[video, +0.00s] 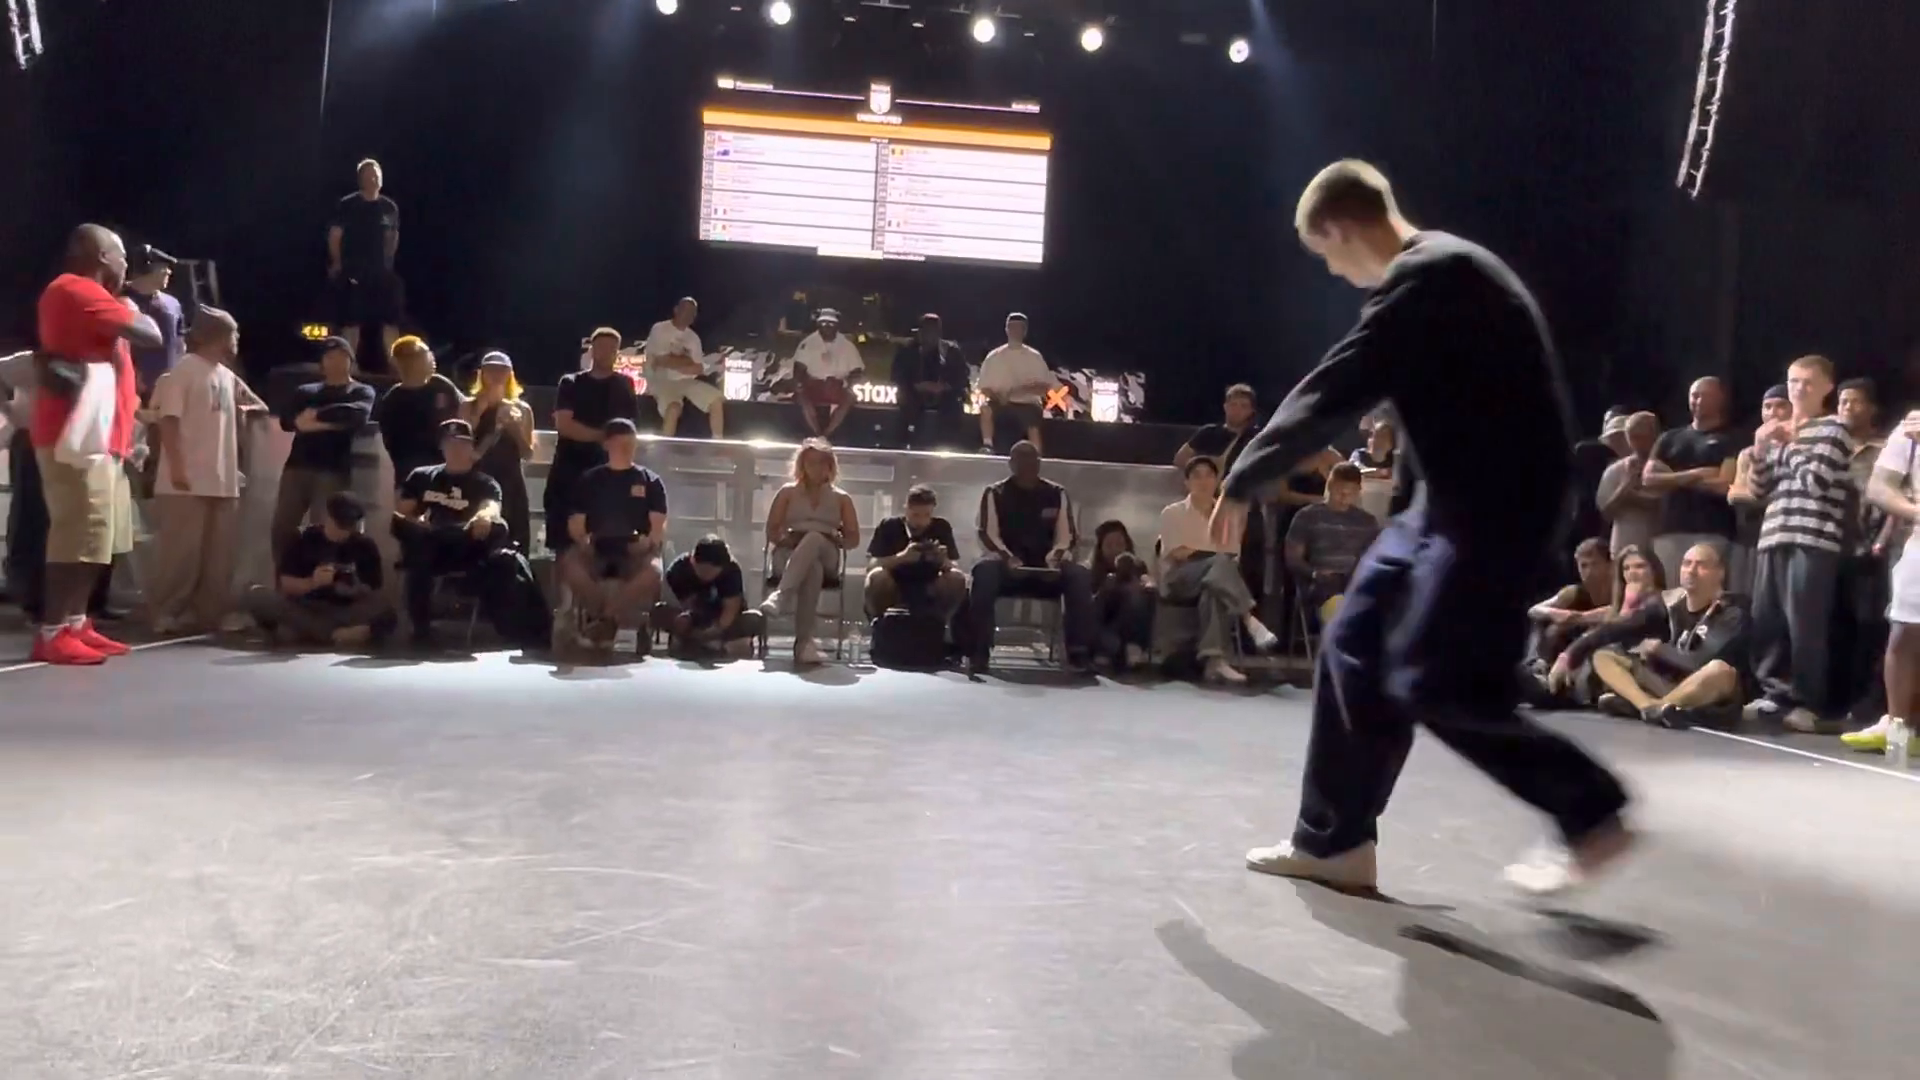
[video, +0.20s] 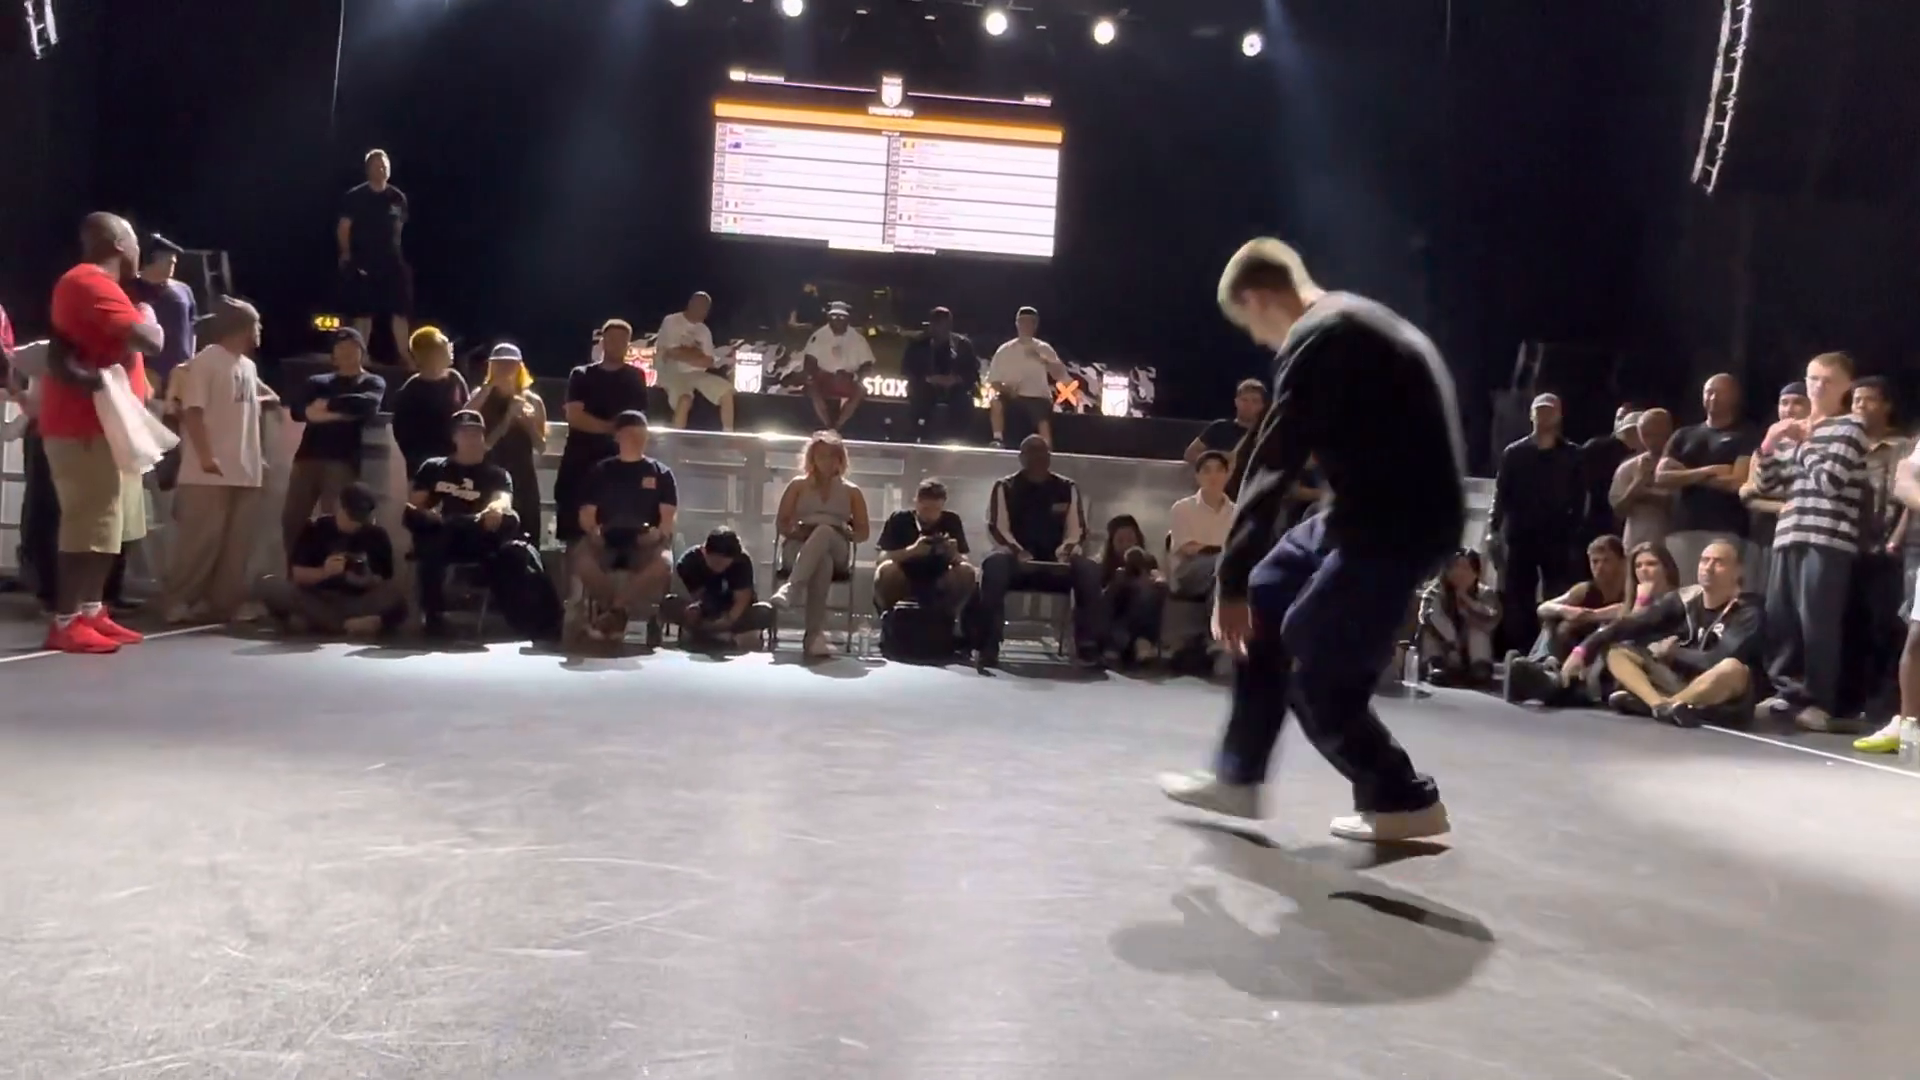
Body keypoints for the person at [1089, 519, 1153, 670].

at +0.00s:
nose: (1115, 549)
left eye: (1119, 543)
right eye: (1109, 544)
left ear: (1127, 544)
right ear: (1100, 546)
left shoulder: (1137, 567)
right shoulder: (1091, 570)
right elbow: (1088, 603)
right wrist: (1107, 587)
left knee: (1137, 595)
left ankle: (1135, 645)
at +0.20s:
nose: (1126, 545)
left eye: (1130, 539)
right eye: (1120, 540)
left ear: (1139, 539)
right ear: (1111, 542)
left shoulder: (1147, 562)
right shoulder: (1101, 565)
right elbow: (1099, 599)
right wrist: (1117, 581)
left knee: (1149, 589)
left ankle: (1146, 640)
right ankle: (1142, 642)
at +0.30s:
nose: (1130, 542)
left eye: (1135, 537)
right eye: (1125, 538)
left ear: (1144, 537)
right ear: (1116, 539)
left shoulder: (1152, 560)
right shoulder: (1106, 562)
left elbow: (1164, 579)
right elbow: (1102, 595)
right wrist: (1121, 578)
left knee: (1154, 587)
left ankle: (1150, 639)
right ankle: (1146, 640)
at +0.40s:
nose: (1136, 541)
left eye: (1140, 535)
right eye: (1130, 536)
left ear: (1149, 535)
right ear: (1121, 537)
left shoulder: (1159, 560)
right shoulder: (1111, 564)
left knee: (1156, 582)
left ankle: (1154, 636)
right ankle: (1150, 637)